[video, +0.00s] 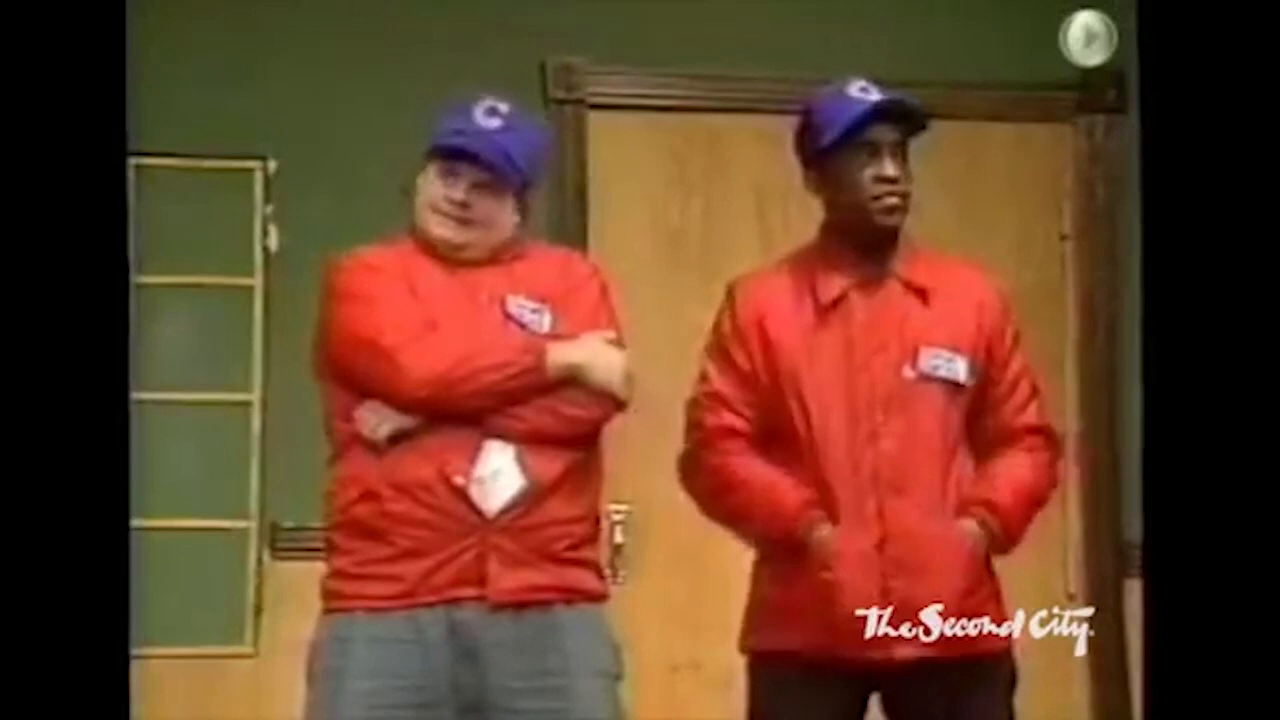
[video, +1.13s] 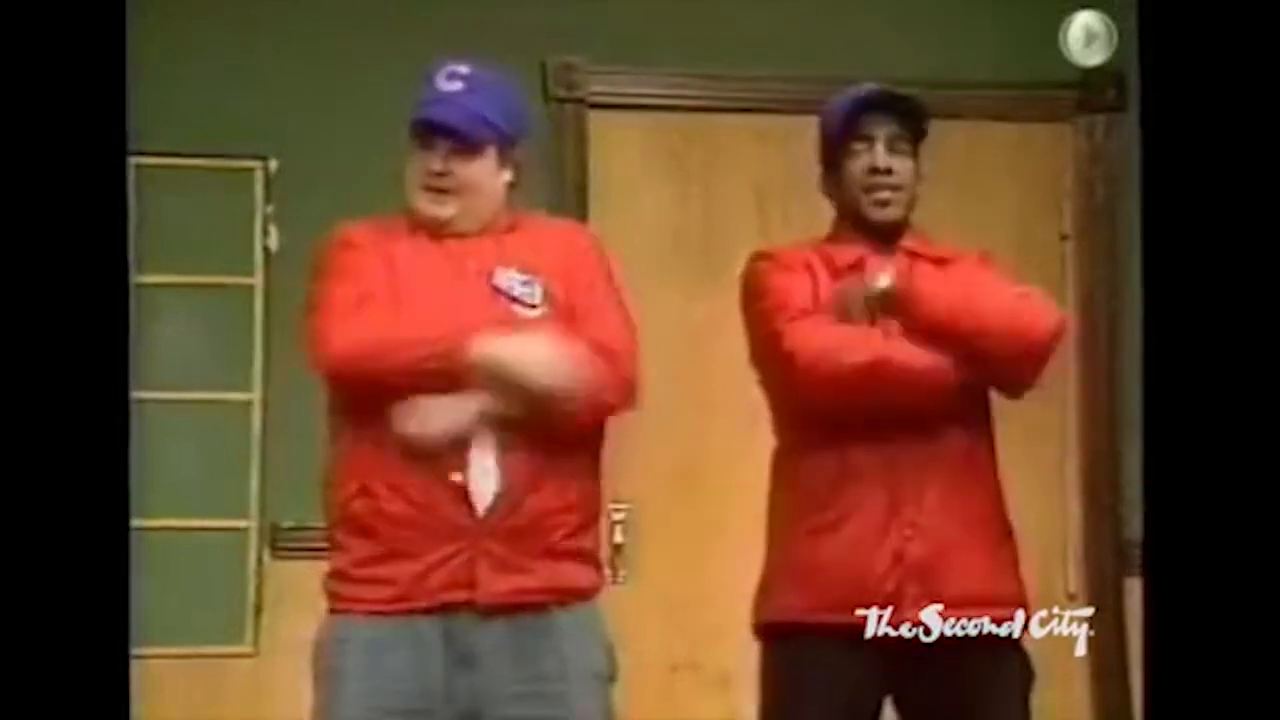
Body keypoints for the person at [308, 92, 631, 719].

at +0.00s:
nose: (459, 196)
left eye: (486, 186)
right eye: (447, 174)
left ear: (522, 206)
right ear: (421, 176)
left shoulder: (571, 277)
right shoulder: (364, 274)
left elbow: (591, 401)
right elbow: (414, 378)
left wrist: (431, 407)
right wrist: (559, 361)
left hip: (547, 607)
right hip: (385, 608)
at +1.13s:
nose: (437, 164)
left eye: (463, 149)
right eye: (425, 144)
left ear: (508, 166)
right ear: (407, 152)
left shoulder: (568, 249)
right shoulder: (362, 247)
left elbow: (611, 377)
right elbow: (341, 352)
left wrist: (480, 401)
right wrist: (485, 348)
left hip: (543, 612)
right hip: (384, 616)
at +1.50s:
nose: (430, 167)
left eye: (454, 149)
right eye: (413, 145)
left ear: (496, 159)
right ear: (390, 151)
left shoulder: (551, 248)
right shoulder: (343, 254)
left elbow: (621, 354)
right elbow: (263, 361)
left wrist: (650, 452)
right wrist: (192, 443)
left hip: (535, 599)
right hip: (379, 602)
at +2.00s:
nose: (364, 155)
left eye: (384, 135)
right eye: (342, 138)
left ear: (416, 148)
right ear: (313, 154)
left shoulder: (493, 252)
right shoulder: (268, 274)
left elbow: (546, 400)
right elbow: (234, 429)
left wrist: (464, 525)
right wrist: (332, 550)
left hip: (493, 612)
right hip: (325, 618)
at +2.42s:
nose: (324, 161)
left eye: (342, 141)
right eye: (301, 144)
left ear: (370, 155)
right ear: (265, 161)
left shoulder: (446, 256)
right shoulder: (211, 279)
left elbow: (507, 405)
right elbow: (174, 438)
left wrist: (434, 546)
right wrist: (249, 579)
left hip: (442, 621)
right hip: (276, 633)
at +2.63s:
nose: (329, 166)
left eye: (346, 145)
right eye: (304, 149)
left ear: (374, 154)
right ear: (266, 166)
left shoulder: (454, 255)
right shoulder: (215, 285)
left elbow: (517, 401)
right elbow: (181, 446)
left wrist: (442, 540)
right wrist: (272, 571)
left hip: (437, 616)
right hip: (281, 621)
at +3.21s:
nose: (478, 168)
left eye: (490, 149)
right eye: (451, 150)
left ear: (507, 162)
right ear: (397, 169)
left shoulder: (553, 271)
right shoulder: (319, 273)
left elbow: (596, 417)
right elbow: (272, 421)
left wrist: (501, 532)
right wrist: (362, 539)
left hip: (511, 612)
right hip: (350, 614)